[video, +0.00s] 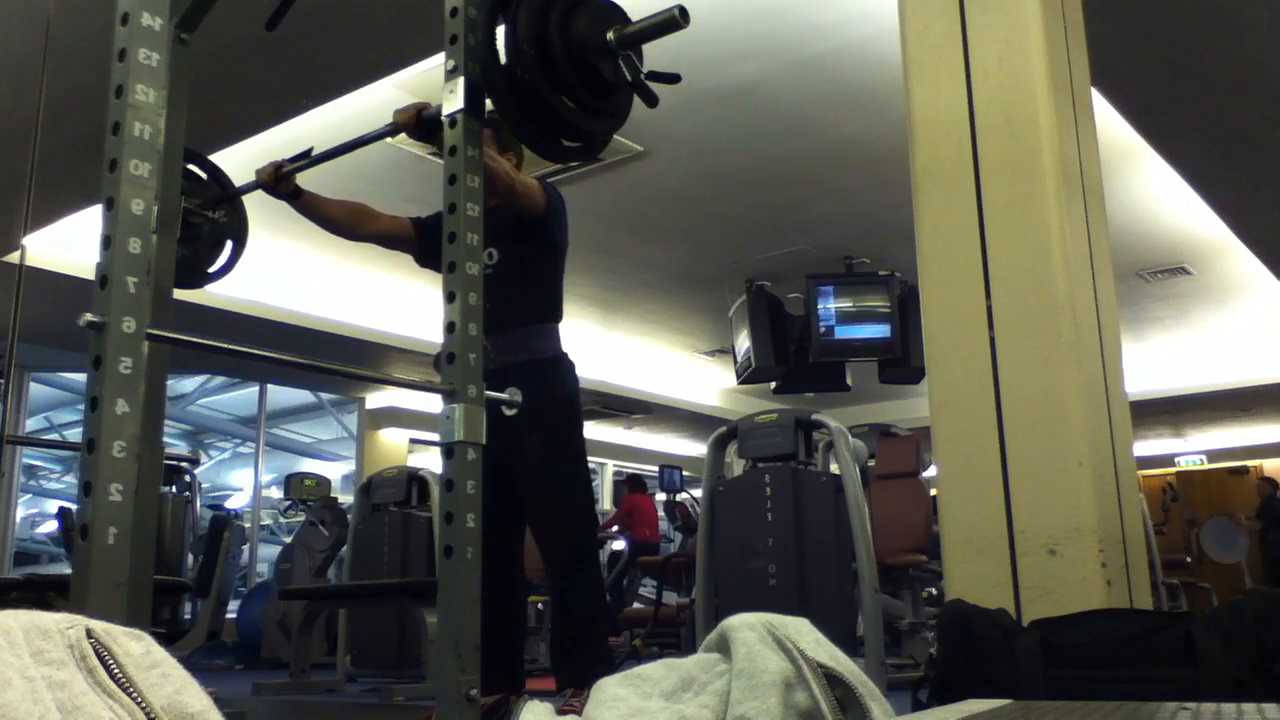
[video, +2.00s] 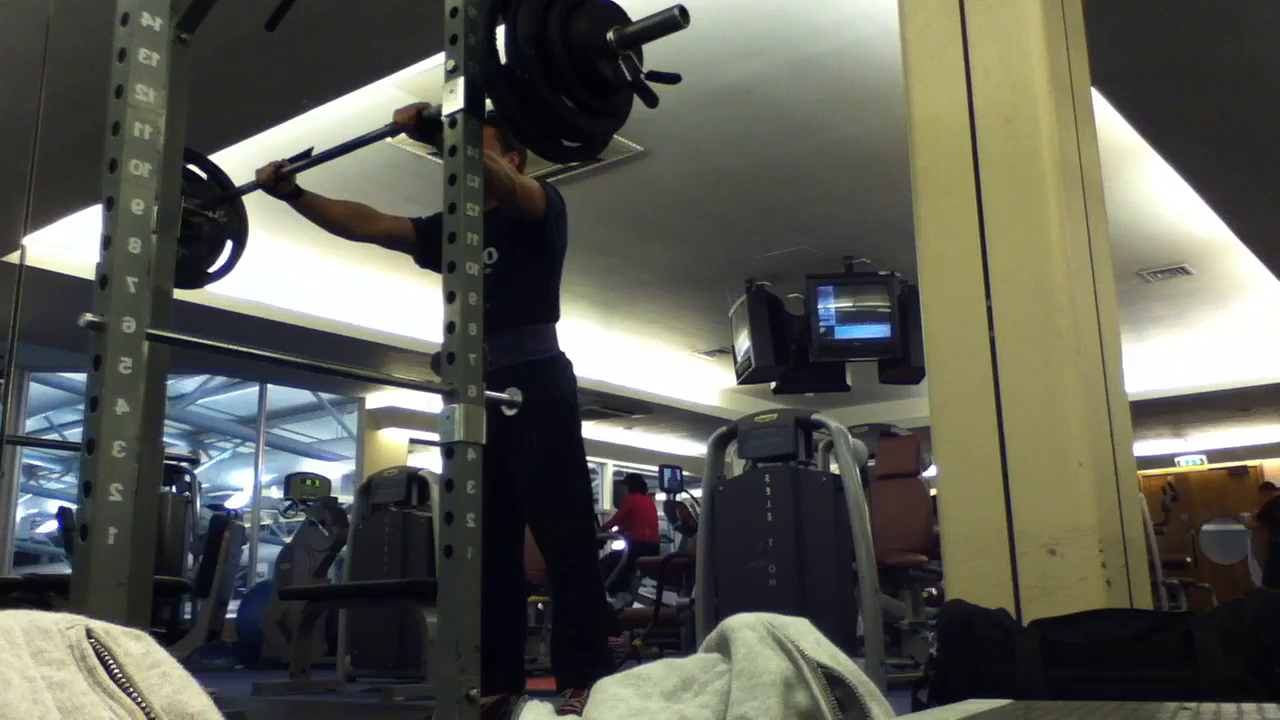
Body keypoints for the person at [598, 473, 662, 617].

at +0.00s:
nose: (626, 490)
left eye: (627, 487)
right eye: (626, 487)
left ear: (630, 487)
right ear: (644, 487)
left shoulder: (630, 500)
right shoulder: (650, 500)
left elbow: (616, 519)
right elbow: (636, 522)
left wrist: (600, 529)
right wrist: (618, 531)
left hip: (637, 547)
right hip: (654, 547)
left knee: (613, 559)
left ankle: (618, 602)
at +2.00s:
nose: (626, 490)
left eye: (627, 487)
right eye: (626, 487)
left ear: (631, 487)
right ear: (643, 486)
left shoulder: (631, 500)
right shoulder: (649, 500)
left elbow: (618, 518)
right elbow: (636, 522)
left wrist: (602, 528)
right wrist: (618, 532)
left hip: (636, 546)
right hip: (654, 547)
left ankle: (621, 595)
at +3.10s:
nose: (624, 490)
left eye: (625, 487)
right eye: (625, 487)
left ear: (629, 486)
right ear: (642, 485)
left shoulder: (631, 500)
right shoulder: (649, 500)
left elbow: (617, 520)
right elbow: (636, 524)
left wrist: (600, 530)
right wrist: (617, 532)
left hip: (636, 545)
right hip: (653, 546)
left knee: (602, 553)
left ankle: (606, 590)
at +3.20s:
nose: (625, 490)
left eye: (625, 487)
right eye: (625, 487)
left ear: (630, 487)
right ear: (642, 486)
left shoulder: (631, 500)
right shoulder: (649, 500)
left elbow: (617, 520)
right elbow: (635, 523)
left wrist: (600, 530)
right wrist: (617, 533)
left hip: (637, 544)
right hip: (654, 545)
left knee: (602, 562)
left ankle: (599, 601)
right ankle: (632, 604)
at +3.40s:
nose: (624, 491)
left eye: (625, 488)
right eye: (624, 488)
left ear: (629, 487)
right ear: (643, 487)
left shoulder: (630, 500)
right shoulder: (649, 501)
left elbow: (616, 518)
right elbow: (634, 522)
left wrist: (600, 530)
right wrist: (616, 533)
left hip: (637, 545)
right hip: (654, 546)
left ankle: (613, 609)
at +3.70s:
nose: (625, 491)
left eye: (627, 488)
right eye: (625, 488)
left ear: (631, 488)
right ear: (644, 488)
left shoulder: (631, 500)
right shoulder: (650, 501)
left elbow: (617, 519)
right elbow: (637, 523)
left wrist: (600, 530)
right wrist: (618, 533)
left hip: (636, 547)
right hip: (654, 547)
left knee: (610, 570)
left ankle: (616, 603)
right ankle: (623, 602)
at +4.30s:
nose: (624, 491)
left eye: (625, 488)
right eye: (624, 488)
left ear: (629, 488)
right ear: (643, 488)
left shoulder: (631, 501)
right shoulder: (649, 501)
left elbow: (616, 519)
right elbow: (635, 523)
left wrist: (601, 529)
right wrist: (619, 532)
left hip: (638, 545)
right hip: (654, 546)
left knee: (621, 574)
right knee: (614, 559)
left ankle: (613, 603)